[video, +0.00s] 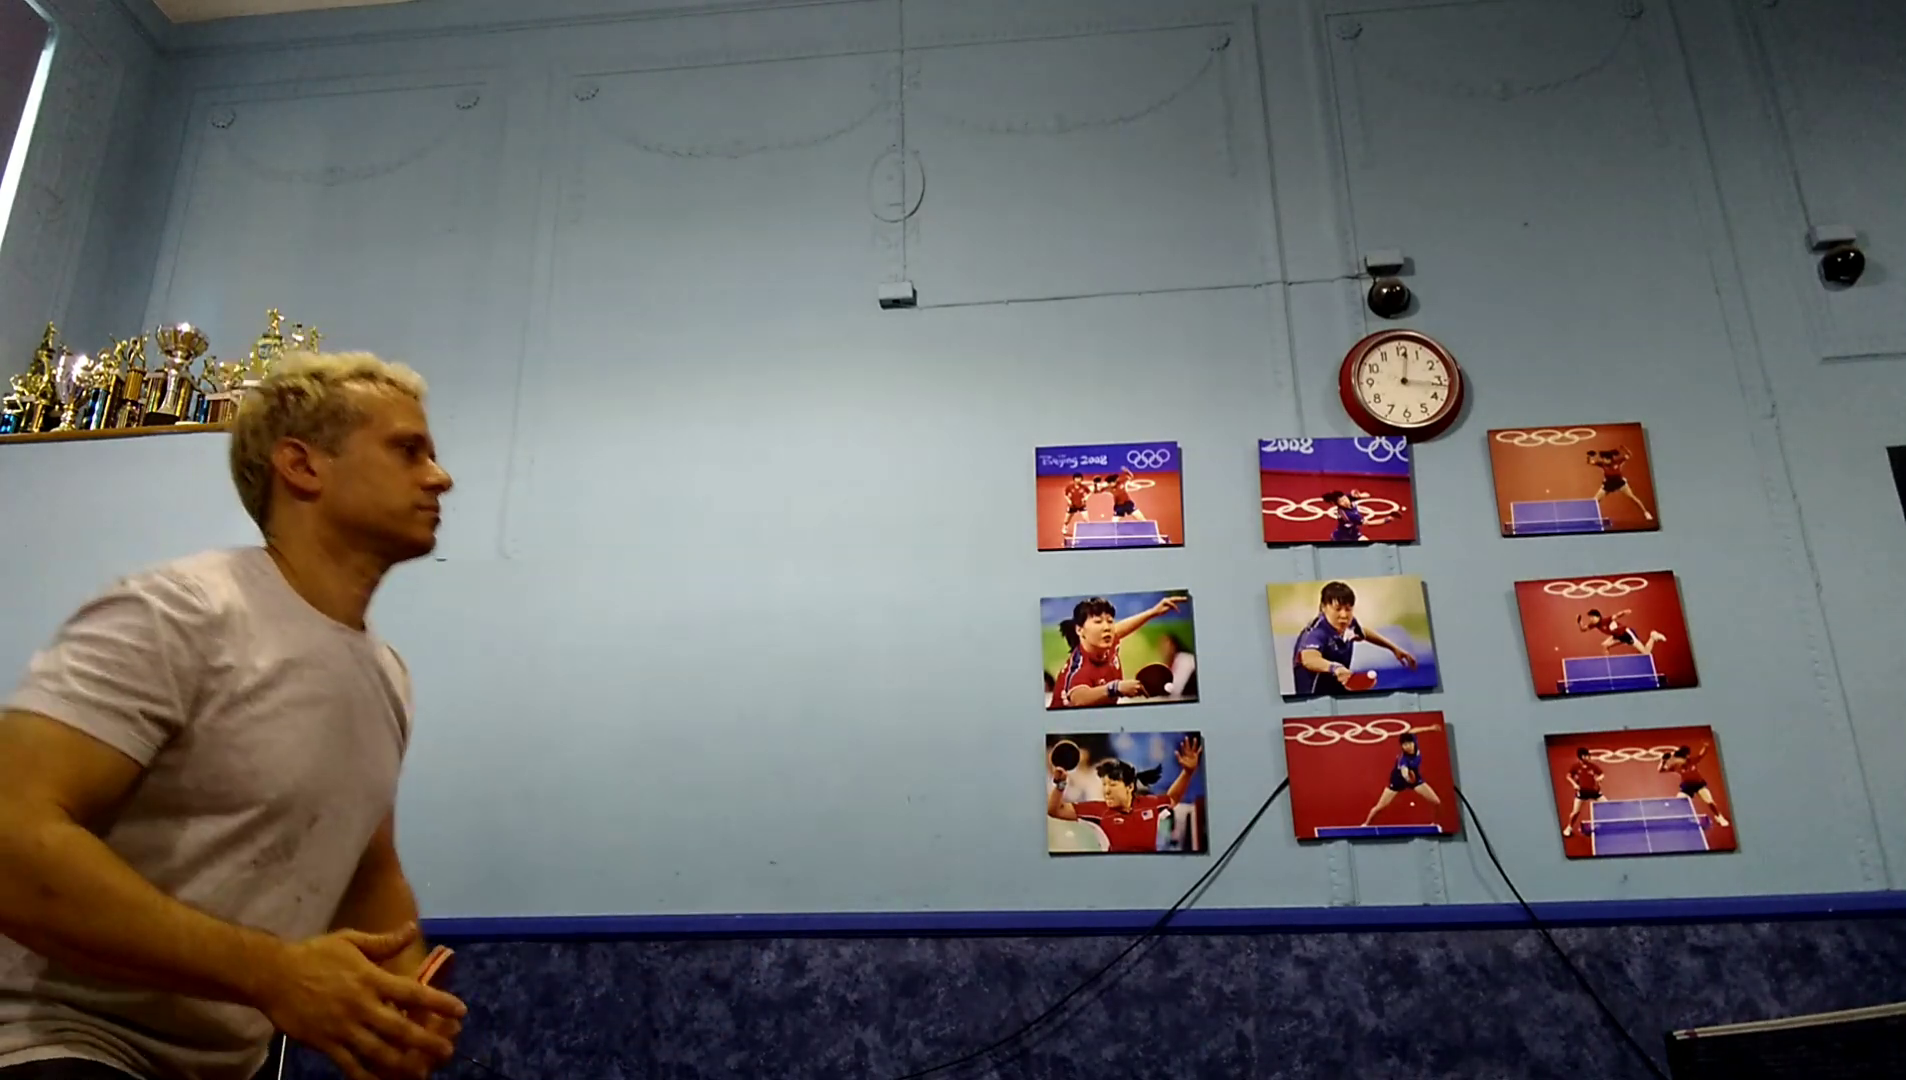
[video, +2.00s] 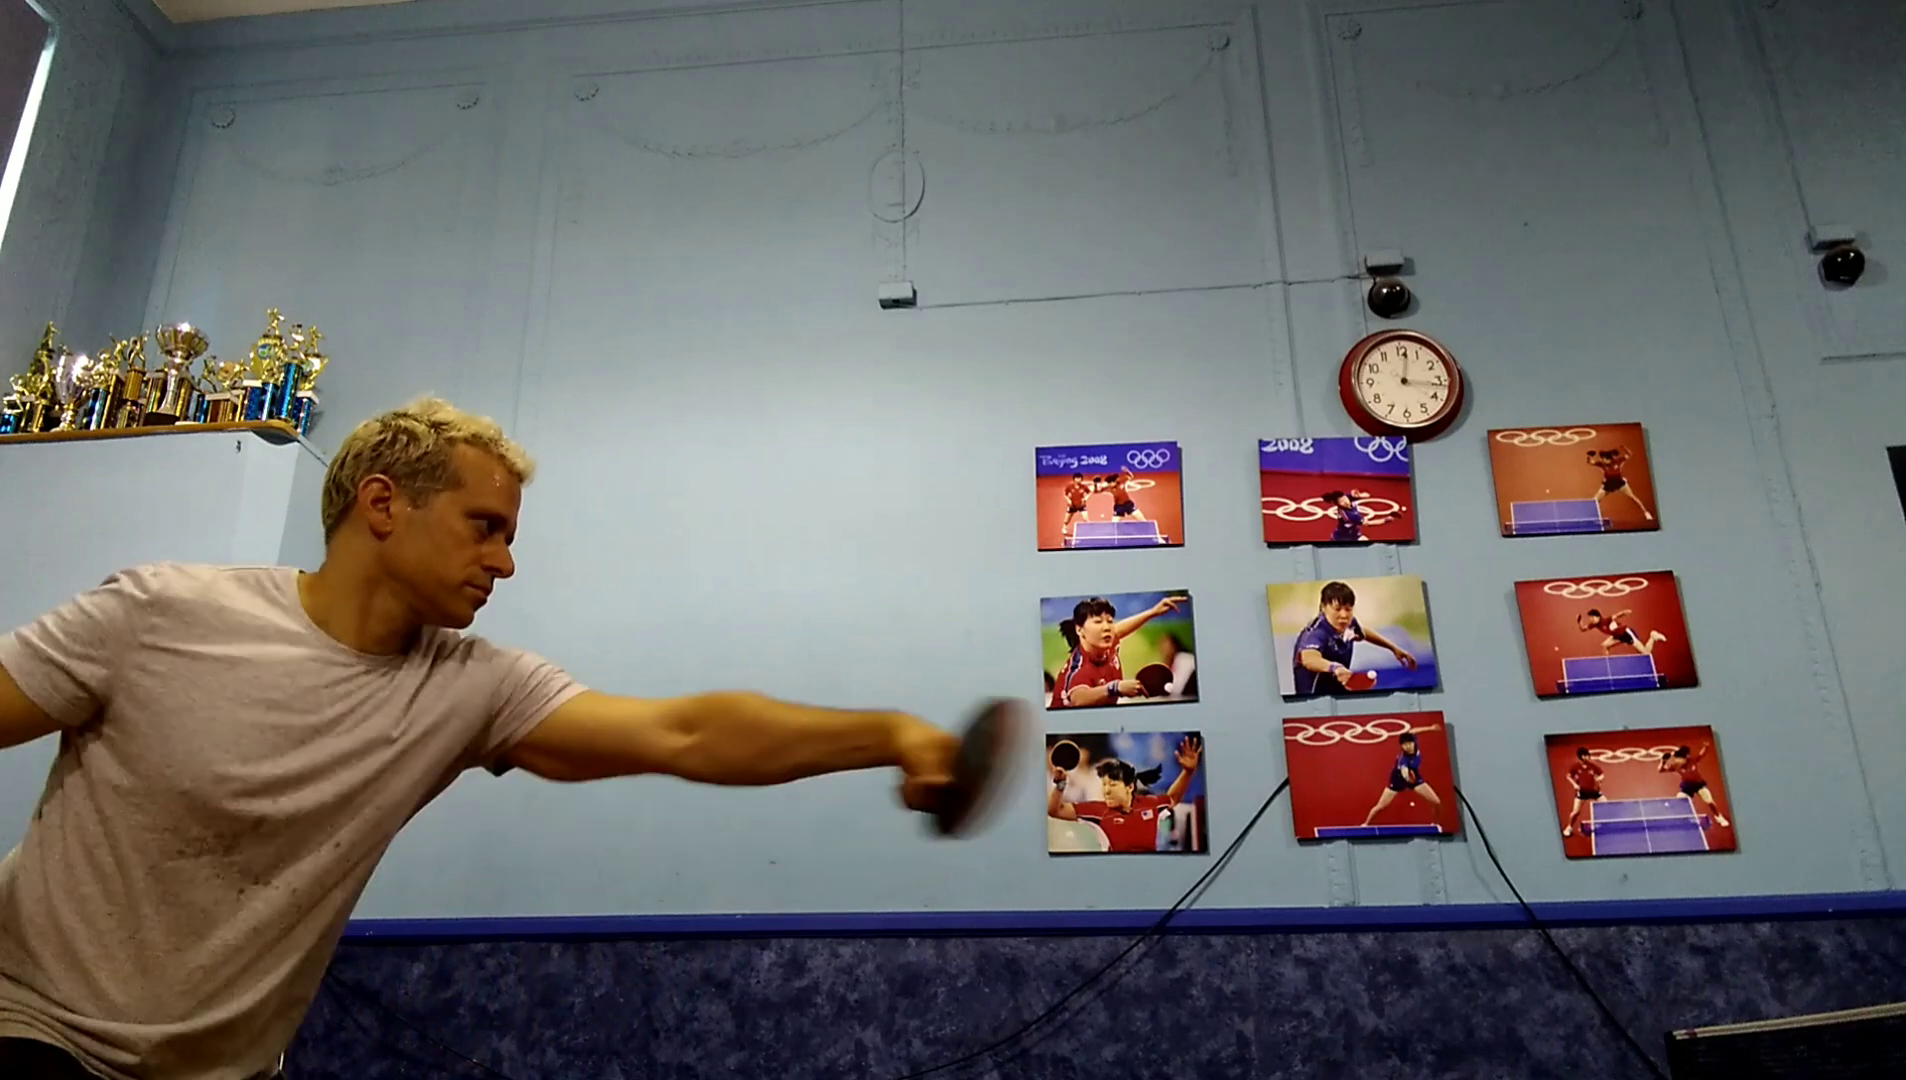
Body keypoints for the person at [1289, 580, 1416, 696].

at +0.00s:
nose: (1344, 615)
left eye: (1348, 609)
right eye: (1338, 609)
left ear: (1353, 609)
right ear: (1324, 608)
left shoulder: (1349, 624)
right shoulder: (1315, 633)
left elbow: (1364, 634)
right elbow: (1309, 660)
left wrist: (1395, 649)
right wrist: (1335, 668)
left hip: (1341, 705)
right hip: (1314, 708)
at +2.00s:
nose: (1344, 615)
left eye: (1348, 609)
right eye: (1338, 609)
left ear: (1353, 609)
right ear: (1324, 608)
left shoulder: (1349, 624)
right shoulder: (1315, 632)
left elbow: (1364, 634)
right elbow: (1309, 660)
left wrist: (1395, 649)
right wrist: (1335, 668)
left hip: (1341, 704)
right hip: (1314, 708)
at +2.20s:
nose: (1344, 615)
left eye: (1348, 609)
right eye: (1338, 609)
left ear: (1353, 609)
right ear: (1324, 608)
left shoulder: (1349, 624)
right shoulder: (1315, 632)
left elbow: (1364, 634)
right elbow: (1309, 660)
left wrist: (1395, 649)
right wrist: (1335, 668)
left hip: (1341, 704)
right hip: (1314, 708)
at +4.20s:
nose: (1344, 615)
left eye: (1348, 609)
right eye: (1338, 609)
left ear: (1353, 609)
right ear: (1324, 608)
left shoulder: (1349, 624)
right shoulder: (1315, 632)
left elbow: (1364, 634)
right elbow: (1309, 660)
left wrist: (1395, 649)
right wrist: (1335, 668)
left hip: (1340, 703)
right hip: (1313, 707)